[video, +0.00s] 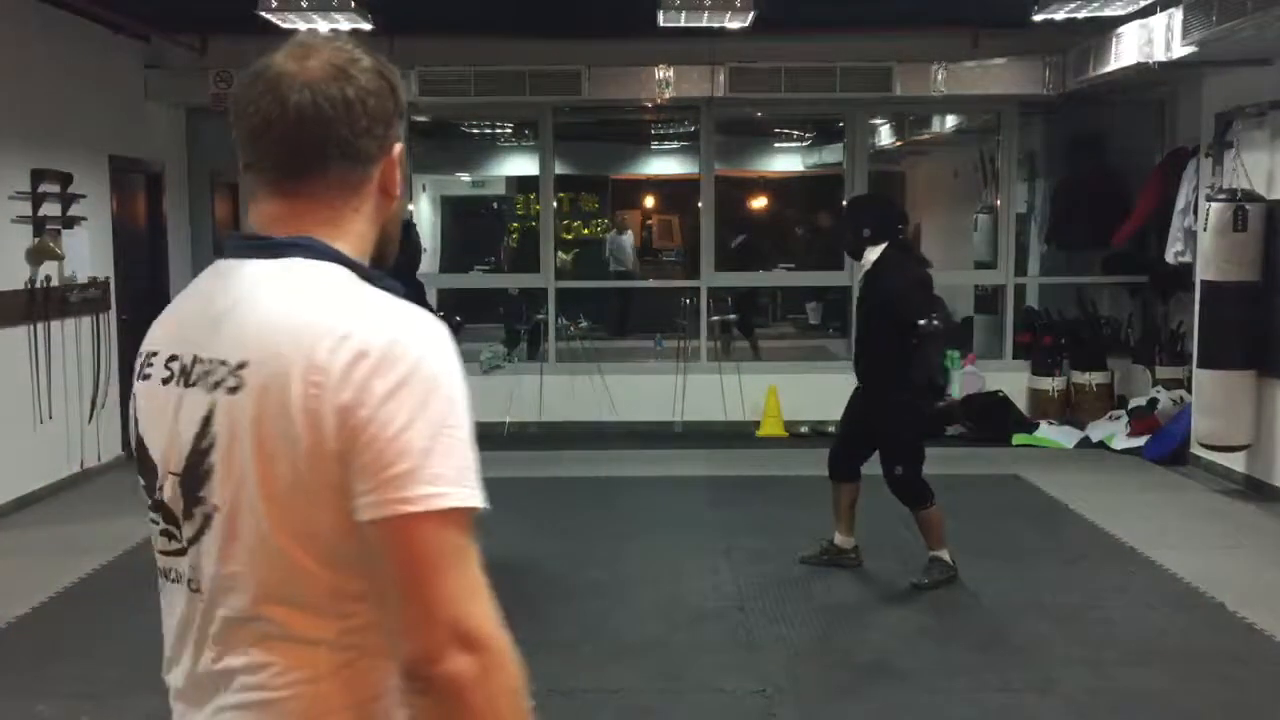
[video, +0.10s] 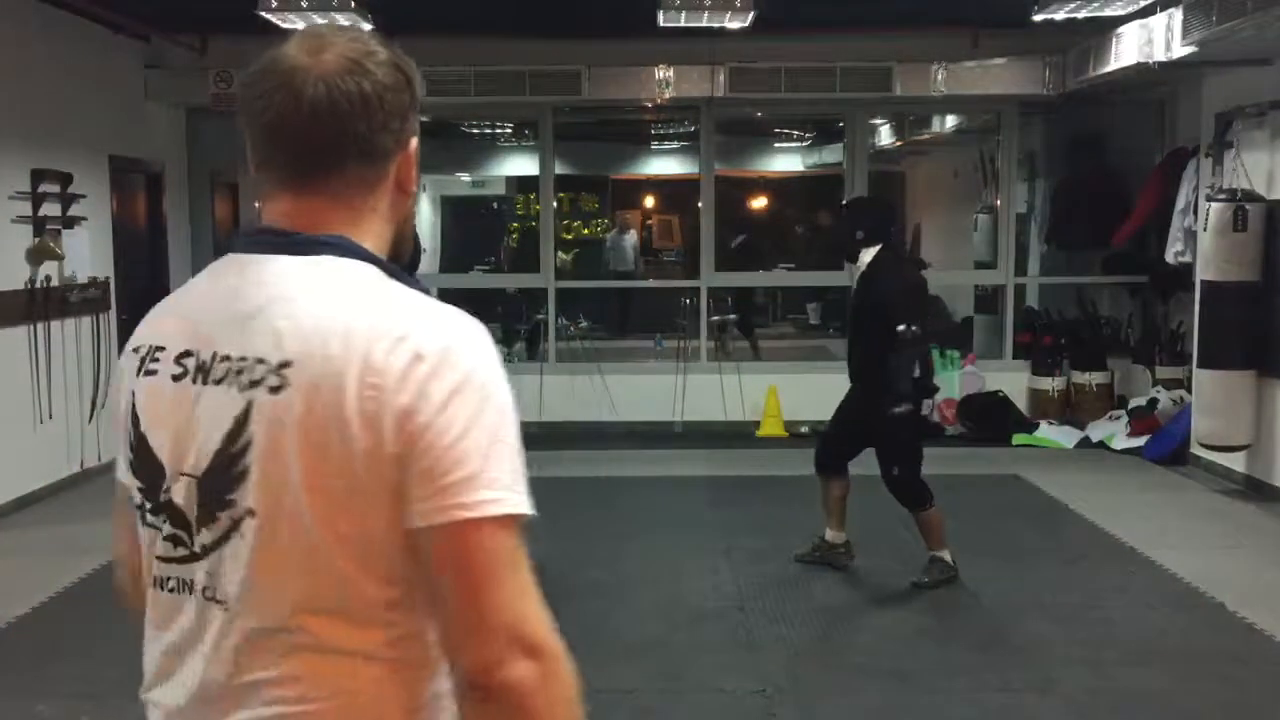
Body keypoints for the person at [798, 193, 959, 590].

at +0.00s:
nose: (844, 236)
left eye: (849, 228)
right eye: (845, 227)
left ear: (866, 230)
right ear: (880, 229)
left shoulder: (902, 271)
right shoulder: (876, 268)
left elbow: (929, 335)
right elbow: (886, 330)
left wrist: (920, 391)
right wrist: (871, 378)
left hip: (900, 392)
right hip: (872, 389)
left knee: (904, 477)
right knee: (842, 461)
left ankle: (941, 558)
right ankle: (843, 545)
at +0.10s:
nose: (840, 235)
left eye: (845, 228)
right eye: (842, 228)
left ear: (862, 231)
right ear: (875, 229)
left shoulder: (892, 272)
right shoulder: (871, 270)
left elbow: (910, 334)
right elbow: (884, 332)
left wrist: (905, 394)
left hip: (893, 392)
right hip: (869, 390)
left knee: (903, 478)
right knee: (830, 455)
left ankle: (942, 558)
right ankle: (834, 541)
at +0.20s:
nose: (840, 239)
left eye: (844, 232)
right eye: (842, 231)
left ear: (857, 235)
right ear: (875, 234)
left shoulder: (880, 277)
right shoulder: (871, 272)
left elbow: (883, 341)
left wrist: (860, 397)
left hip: (886, 395)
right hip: (866, 392)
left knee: (894, 479)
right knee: (813, 452)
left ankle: (941, 558)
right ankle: (804, 536)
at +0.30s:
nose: (825, 245)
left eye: (829, 238)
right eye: (828, 238)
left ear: (843, 240)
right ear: (861, 238)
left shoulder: (866, 278)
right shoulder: (854, 275)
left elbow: (862, 343)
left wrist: (829, 397)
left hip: (869, 396)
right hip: (853, 394)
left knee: (886, 483)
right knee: (796, 457)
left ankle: (940, 558)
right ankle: (766, 533)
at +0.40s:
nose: (794, 258)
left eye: (800, 250)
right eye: (795, 249)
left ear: (819, 248)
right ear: (833, 246)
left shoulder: (845, 283)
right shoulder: (825, 280)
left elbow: (843, 343)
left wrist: (806, 389)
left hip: (853, 399)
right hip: (824, 397)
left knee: (875, 480)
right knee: (776, 462)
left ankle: (936, 555)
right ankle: (748, 537)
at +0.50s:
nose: (769, 259)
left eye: (774, 251)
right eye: (770, 252)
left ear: (791, 250)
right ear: (811, 250)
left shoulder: (823, 287)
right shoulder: (797, 285)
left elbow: (826, 352)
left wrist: (785, 394)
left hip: (831, 402)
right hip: (801, 399)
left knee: (853, 481)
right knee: (756, 458)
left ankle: (926, 550)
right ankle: (743, 536)